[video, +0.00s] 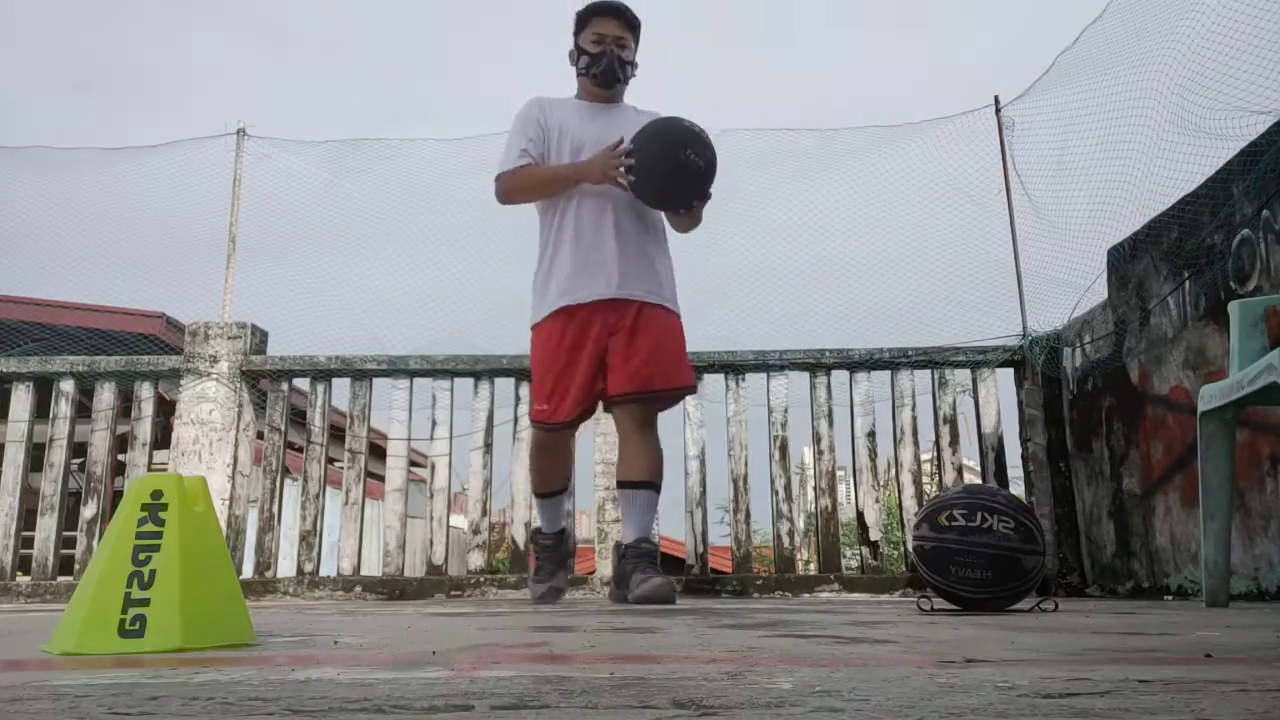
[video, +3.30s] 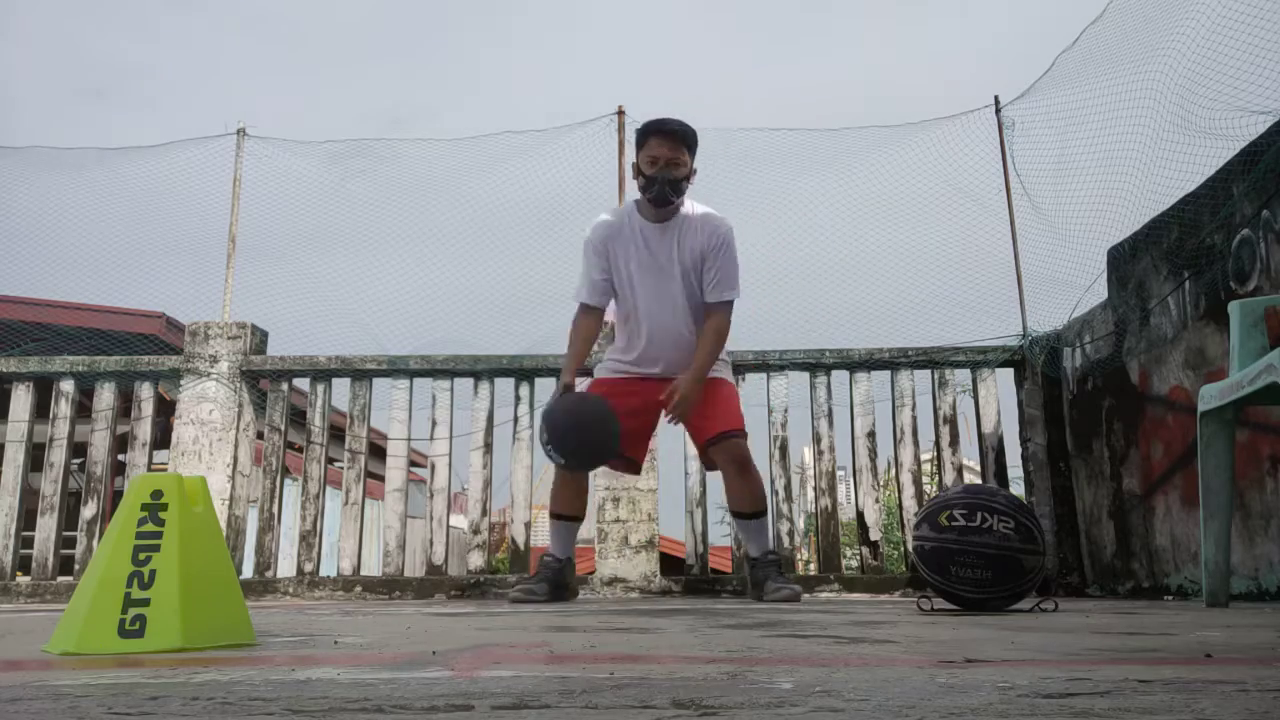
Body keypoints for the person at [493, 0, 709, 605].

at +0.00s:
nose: (610, 49)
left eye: (622, 43)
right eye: (598, 40)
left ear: (635, 58)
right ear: (575, 50)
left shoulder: (654, 128)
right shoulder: (543, 113)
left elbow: (684, 222)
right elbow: (509, 184)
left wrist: (685, 181)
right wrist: (587, 170)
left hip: (642, 291)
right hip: (565, 292)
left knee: (637, 414)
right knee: (551, 425)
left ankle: (638, 558)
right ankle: (553, 546)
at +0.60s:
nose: (602, 132)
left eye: (611, 125)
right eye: (592, 125)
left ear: (626, 129)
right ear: (575, 131)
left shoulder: (652, 185)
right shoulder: (547, 189)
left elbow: (681, 256)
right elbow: (518, 261)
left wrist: (644, 255)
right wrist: (555, 255)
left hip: (636, 343)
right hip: (568, 345)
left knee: (652, 447)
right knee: (565, 450)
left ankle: (656, 556)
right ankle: (561, 566)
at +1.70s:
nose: (645, 158)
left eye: (654, 149)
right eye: (636, 151)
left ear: (669, 156)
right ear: (621, 158)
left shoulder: (693, 211)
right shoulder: (598, 208)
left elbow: (713, 282)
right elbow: (569, 275)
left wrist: (722, 296)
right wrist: (609, 265)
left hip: (683, 356)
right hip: (618, 361)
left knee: (700, 444)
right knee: (614, 463)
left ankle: (722, 564)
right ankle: (606, 569)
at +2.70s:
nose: (707, 139)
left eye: (716, 131)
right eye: (697, 130)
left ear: (730, 135)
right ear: (679, 132)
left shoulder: (749, 195)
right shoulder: (649, 187)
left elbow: (772, 262)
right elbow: (625, 253)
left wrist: (796, 288)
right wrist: (632, 289)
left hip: (730, 347)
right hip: (662, 347)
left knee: (734, 449)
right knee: (645, 450)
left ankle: (736, 568)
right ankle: (636, 564)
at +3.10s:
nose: (702, 162)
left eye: (712, 154)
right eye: (692, 153)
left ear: (728, 161)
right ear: (675, 157)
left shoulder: (747, 221)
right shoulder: (647, 212)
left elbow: (751, 300)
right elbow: (651, 293)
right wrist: (686, 352)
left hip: (722, 358)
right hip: (651, 353)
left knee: (749, 450)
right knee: (597, 432)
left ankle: (766, 566)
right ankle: (585, 555)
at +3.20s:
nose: (688, 166)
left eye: (699, 158)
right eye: (678, 157)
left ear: (715, 166)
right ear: (661, 162)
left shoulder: (732, 226)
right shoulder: (632, 220)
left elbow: (729, 311)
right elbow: (630, 305)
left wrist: (708, 376)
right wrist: (639, 378)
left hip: (711, 369)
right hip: (641, 371)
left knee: (747, 451)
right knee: (586, 454)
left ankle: (766, 567)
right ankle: (556, 567)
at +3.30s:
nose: (661, 174)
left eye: (673, 164)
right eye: (651, 164)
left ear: (691, 171)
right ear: (637, 169)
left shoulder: (712, 230)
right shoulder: (608, 232)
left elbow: (719, 315)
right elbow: (590, 310)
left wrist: (695, 376)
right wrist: (569, 379)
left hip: (700, 371)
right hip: (625, 372)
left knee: (735, 452)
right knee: (574, 443)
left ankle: (765, 568)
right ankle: (557, 568)